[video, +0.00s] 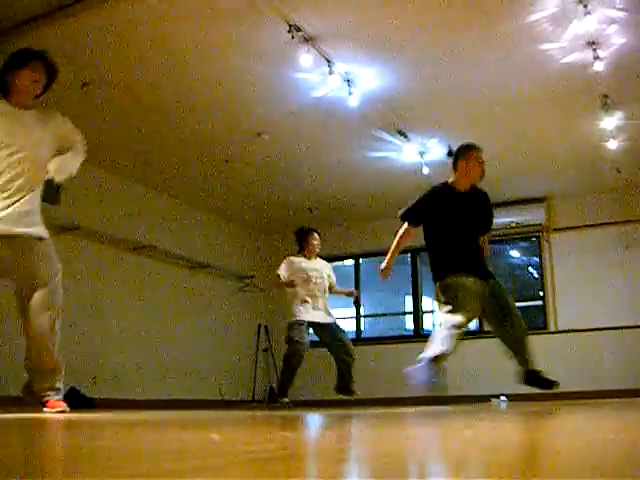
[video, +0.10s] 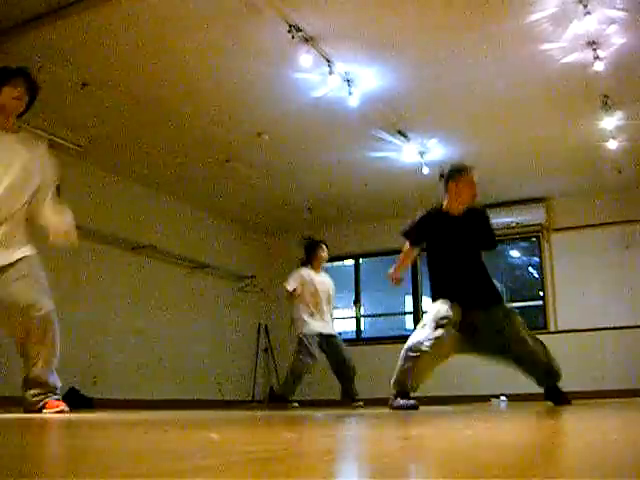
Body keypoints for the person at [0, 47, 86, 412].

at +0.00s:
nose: (36, 84)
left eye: (41, 80)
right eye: (31, 74)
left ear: (44, 87)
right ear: (12, 74)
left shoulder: (51, 122)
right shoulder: (1, 114)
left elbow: (79, 146)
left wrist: (64, 164)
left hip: (26, 223)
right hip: (5, 222)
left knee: (43, 304)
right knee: (39, 304)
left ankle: (46, 387)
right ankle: (46, 388)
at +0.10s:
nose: (14, 101)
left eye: (21, 98)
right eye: (11, 93)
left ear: (25, 106)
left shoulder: (32, 150)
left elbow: (44, 202)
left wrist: (59, 223)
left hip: (11, 247)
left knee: (39, 308)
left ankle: (41, 390)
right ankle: (41, 390)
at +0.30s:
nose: (3, 90)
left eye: (8, 87)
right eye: (1, 84)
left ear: (13, 97)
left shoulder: (16, 138)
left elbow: (21, 189)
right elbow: (21, 191)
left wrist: (36, 224)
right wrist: (36, 223)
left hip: (4, 240)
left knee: (18, 310)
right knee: (15, 311)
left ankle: (37, 392)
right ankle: (35, 391)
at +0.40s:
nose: (3, 90)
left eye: (7, 87)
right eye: (1, 83)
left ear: (12, 95)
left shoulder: (14, 134)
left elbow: (27, 167)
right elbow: (24, 166)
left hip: (4, 236)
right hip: (3, 238)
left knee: (13, 306)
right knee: (12, 307)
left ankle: (35, 390)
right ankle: (35, 390)